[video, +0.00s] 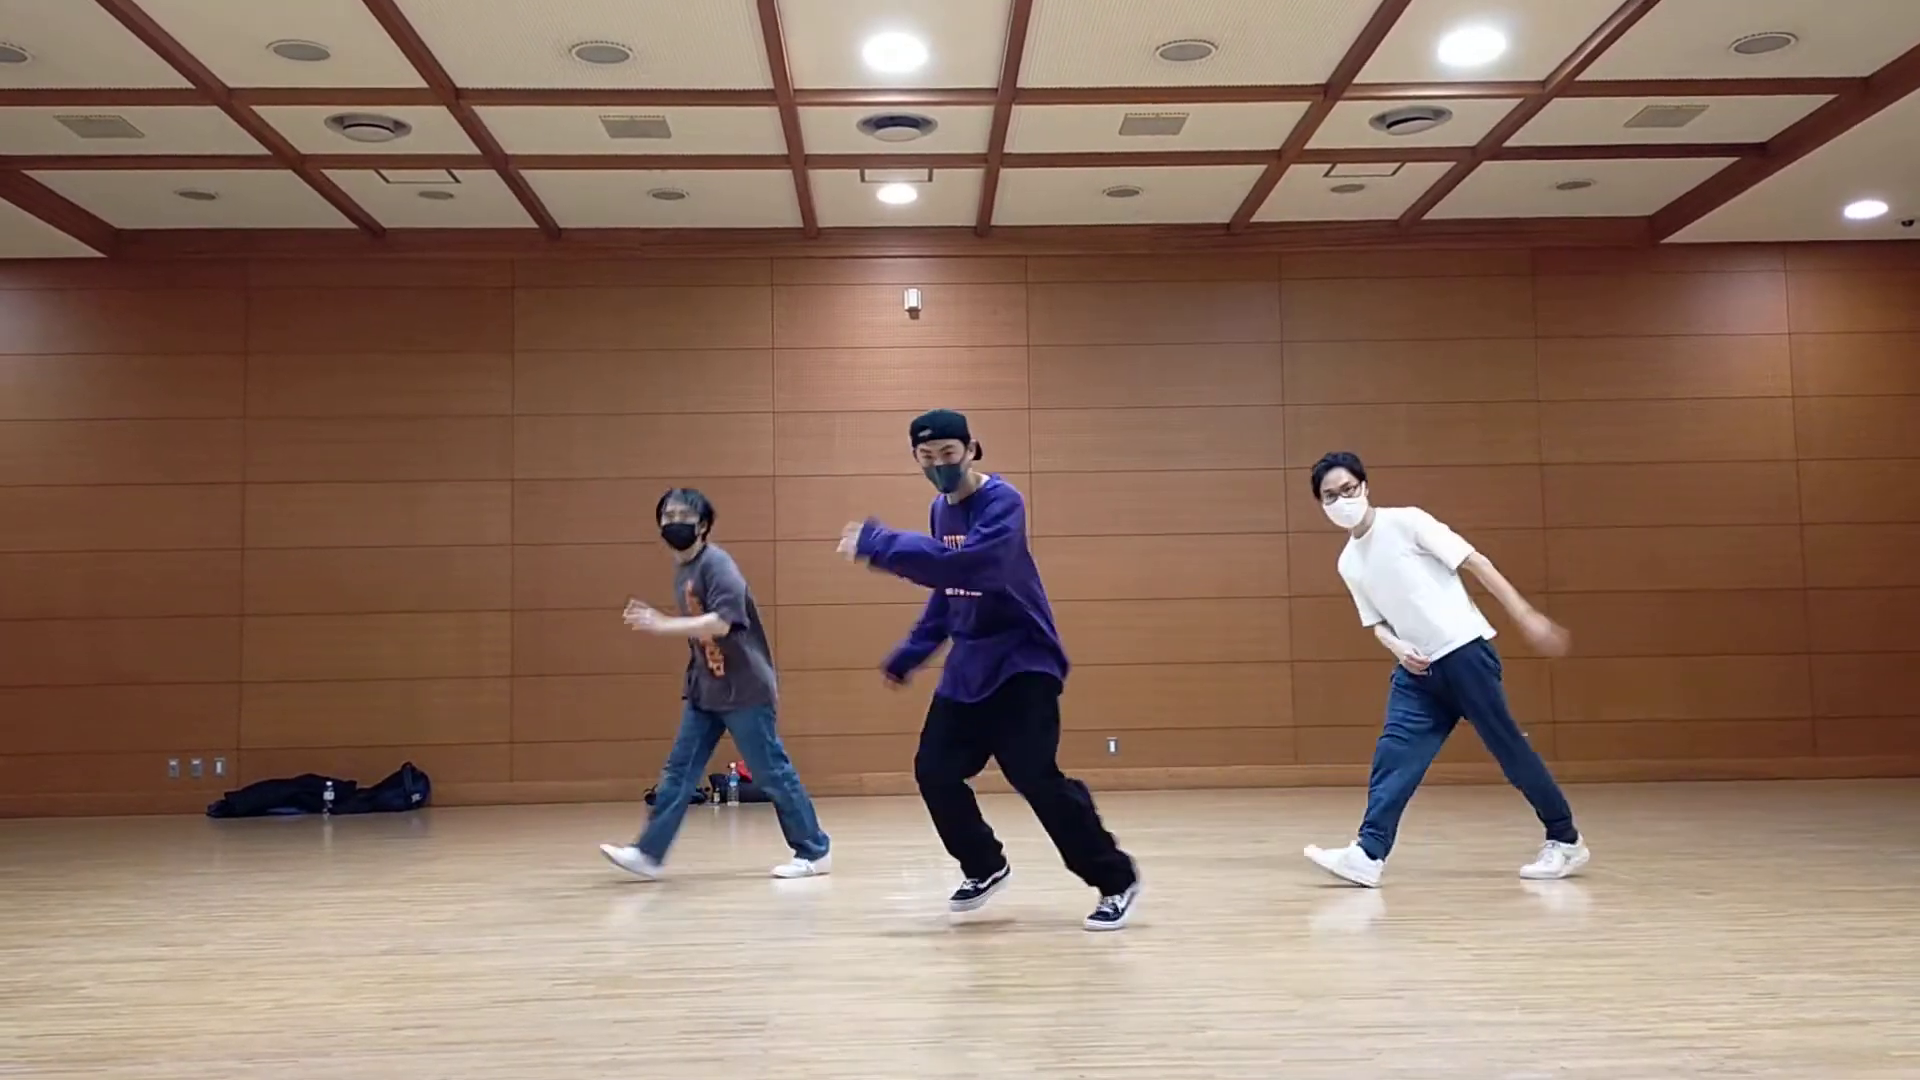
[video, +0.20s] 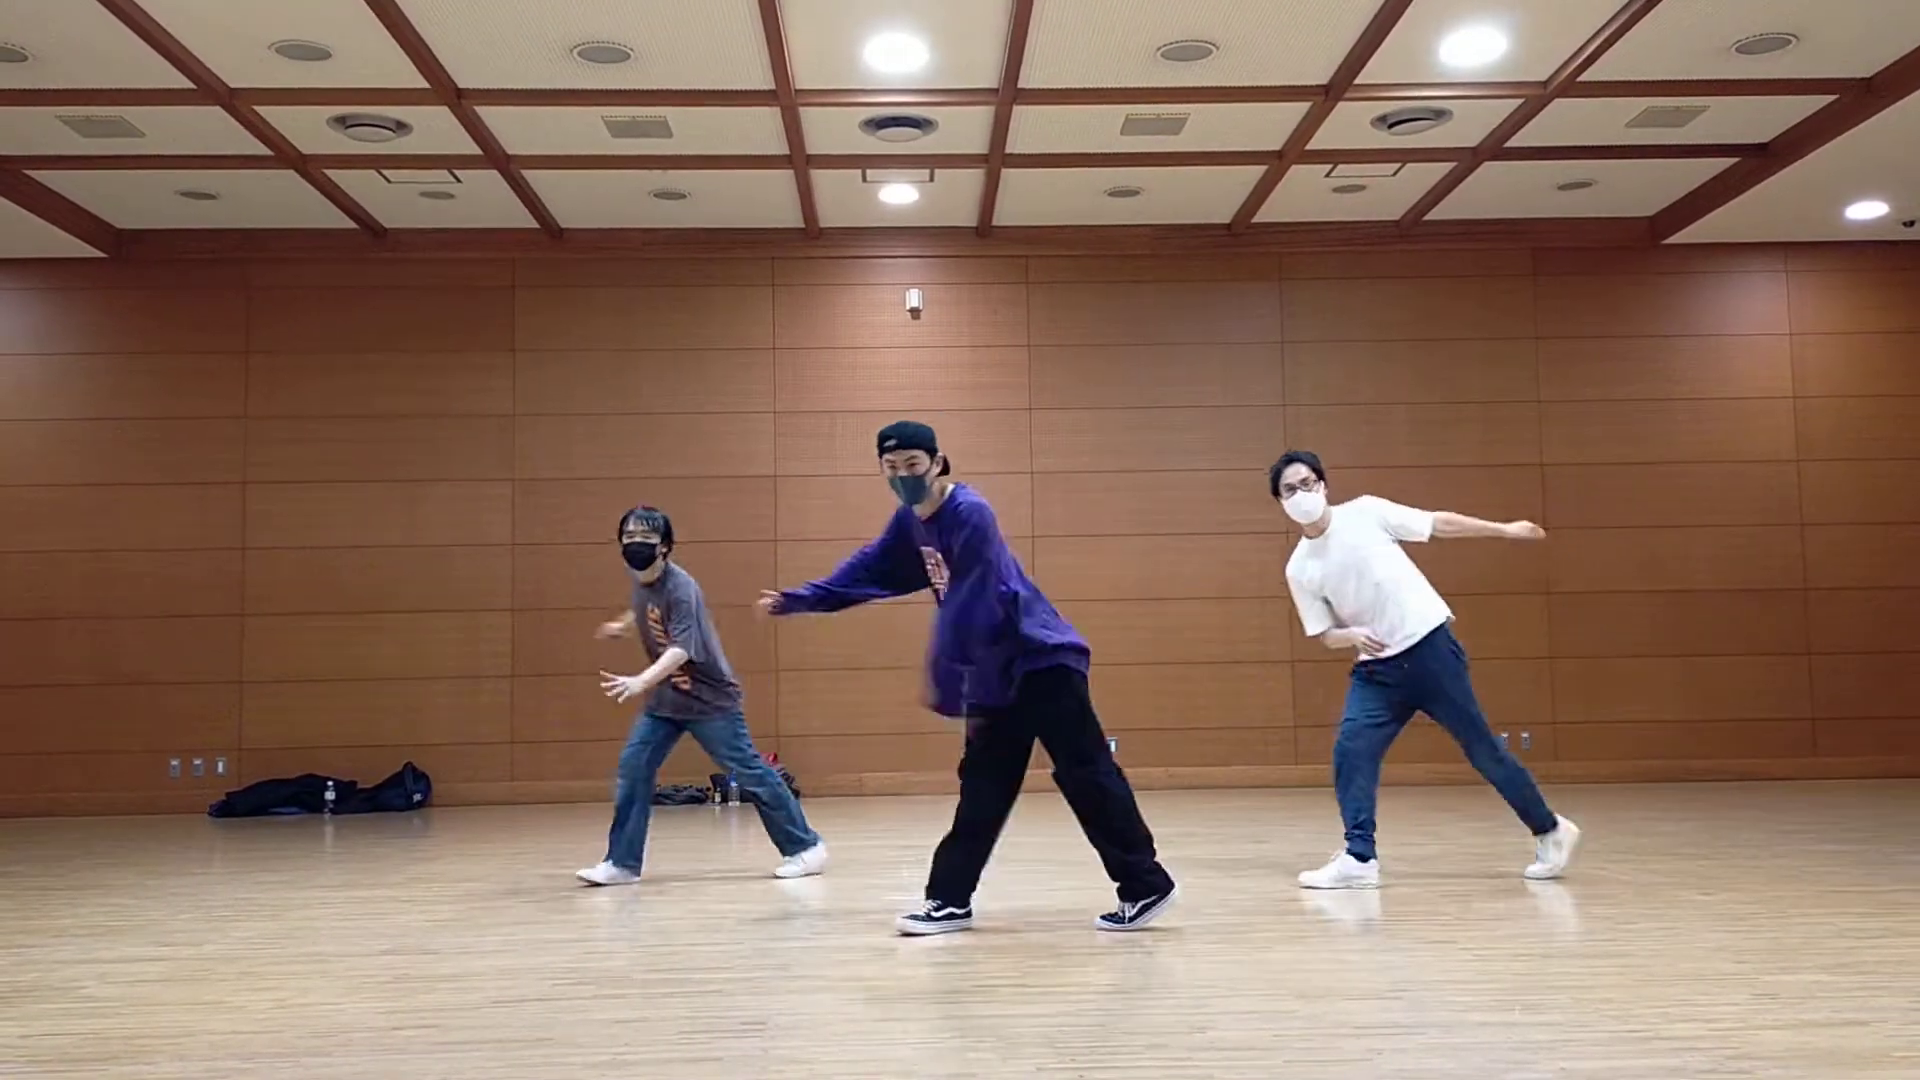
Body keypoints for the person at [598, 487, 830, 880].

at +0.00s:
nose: (673, 522)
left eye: (683, 515)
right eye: (667, 515)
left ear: (703, 523)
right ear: (660, 523)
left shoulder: (719, 565)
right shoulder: (683, 570)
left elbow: (723, 623)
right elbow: (700, 622)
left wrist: (662, 625)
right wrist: (658, 619)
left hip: (745, 687)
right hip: (707, 687)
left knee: (772, 772)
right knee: (680, 770)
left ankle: (814, 851)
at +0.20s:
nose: (636, 545)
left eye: (646, 538)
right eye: (629, 538)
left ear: (665, 544)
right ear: (622, 543)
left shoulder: (681, 589)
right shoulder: (642, 583)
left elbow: (683, 648)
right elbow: (644, 613)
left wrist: (641, 680)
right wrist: (623, 626)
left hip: (711, 698)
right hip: (668, 696)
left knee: (749, 770)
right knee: (634, 766)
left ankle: (806, 848)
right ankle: (623, 863)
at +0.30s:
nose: (623, 536)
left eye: (632, 529)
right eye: (616, 529)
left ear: (649, 533)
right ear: (607, 533)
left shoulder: (665, 576)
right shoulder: (608, 566)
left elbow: (671, 635)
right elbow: (599, 597)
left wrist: (627, 652)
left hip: (676, 696)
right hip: (631, 696)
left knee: (705, 767)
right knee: (608, 765)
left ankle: (764, 835)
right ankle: (622, 865)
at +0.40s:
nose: (611, 518)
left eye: (619, 511)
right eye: (604, 511)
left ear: (637, 517)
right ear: (594, 518)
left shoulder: (657, 562)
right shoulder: (584, 557)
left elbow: (664, 619)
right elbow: (564, 601)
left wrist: (624, 623)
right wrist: (532, 632)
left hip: (649, 693)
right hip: (600, 692)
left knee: (653, 773)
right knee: (599, 776)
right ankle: (622, 863)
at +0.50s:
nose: (600, 508)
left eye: (609, 501)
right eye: (593, 501)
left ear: (625, 511)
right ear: (582, 510)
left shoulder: (647, 556)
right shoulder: (563, 553)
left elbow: (657, 612)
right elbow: (544, 606)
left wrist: (621, 620)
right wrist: (527, 647)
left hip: (627, 688)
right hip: (578, 686)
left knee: (607, 775)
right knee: (582, 771)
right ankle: (612, 855)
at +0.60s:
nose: (589, 521)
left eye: (597, 515)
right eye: (581, 515)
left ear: (612, 522)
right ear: (569, 521)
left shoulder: (631, 569)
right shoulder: (549, 567)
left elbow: (644, 621)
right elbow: (526, 618)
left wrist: (624, 658)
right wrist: (528, 660)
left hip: (601, 689)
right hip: (555, 684)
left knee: (577, 779)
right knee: (551, 764)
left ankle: (532, 850)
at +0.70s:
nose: (578, 519)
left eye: (586, 513)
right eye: (570, 512)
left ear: (600, 522)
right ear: (558, 521)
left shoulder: (616, 574)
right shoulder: (538, 567)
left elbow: (624, 635)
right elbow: (516, 622)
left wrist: (628, 686)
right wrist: (551, 649)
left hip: (587, 702)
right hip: (542, 698)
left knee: (564, 790)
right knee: (530, 776)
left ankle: (530, 857)